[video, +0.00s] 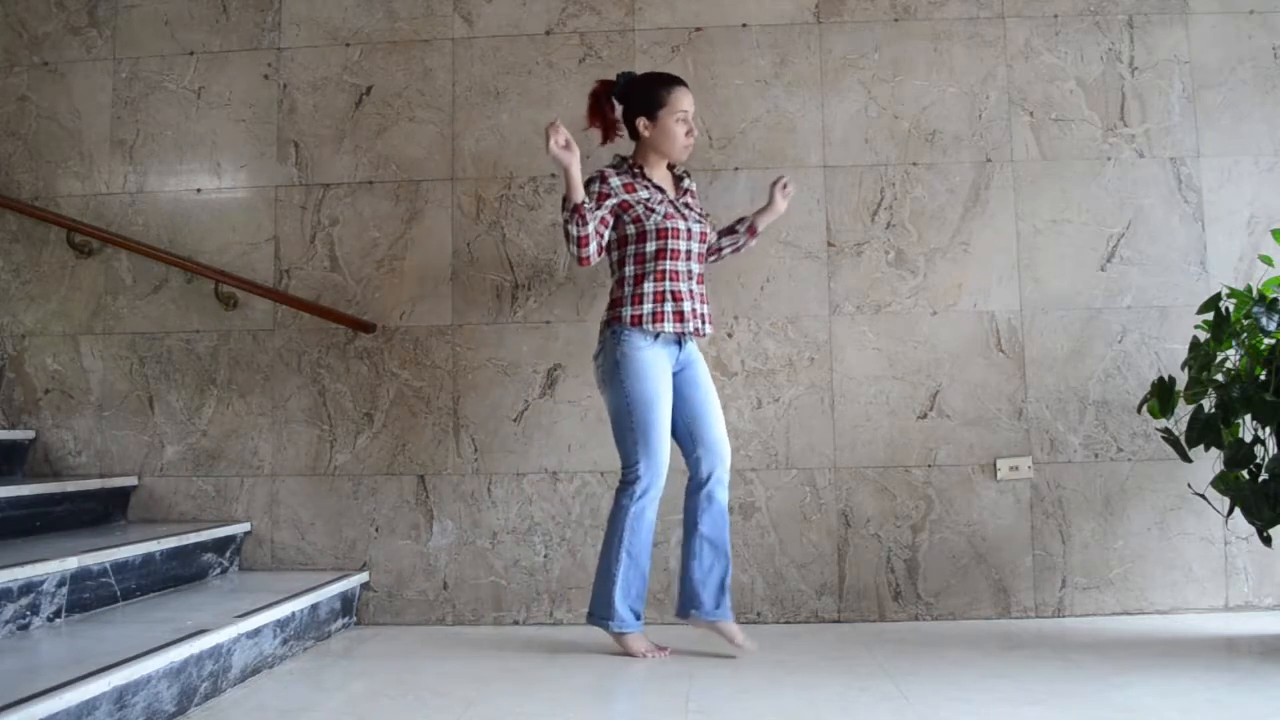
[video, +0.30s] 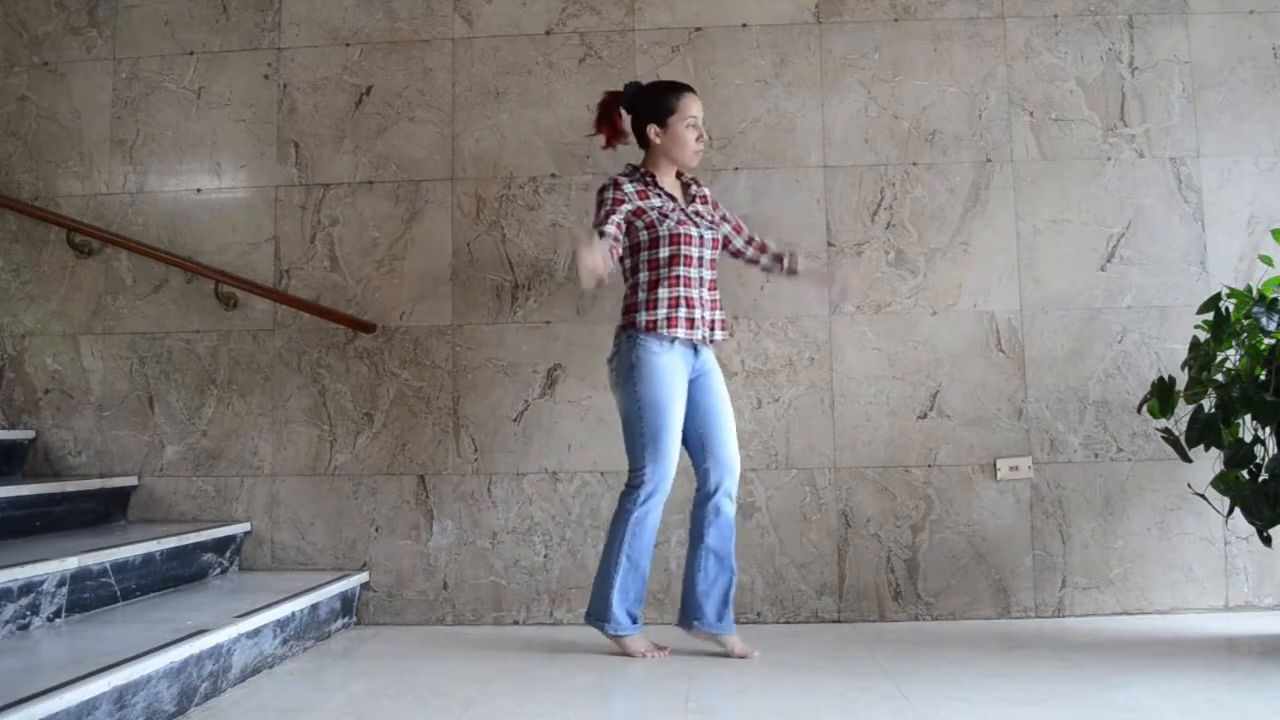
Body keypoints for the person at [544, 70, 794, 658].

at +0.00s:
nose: (693, 130)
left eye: (694, 121)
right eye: (682, 120)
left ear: (678, 129)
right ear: (643, 126)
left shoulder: (685, 193)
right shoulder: (615, 183)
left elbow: (705, 253)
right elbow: (585, 251)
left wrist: (766, 215)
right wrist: (573, 175)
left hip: (684, 345)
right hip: (636, 343)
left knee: (714, 461)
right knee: (646, 471)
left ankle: (707, 603)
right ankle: (620, 619)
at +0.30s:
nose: (702, 136)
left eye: (703, 125)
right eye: (691, 125)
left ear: (690, 133)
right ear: (654, 133)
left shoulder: (703, 201)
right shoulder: (625, 193)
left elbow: (754, 248)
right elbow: (610, 239)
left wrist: (815, 273)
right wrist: (596, 257)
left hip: (701, 353)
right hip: (651, 350)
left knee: (722, 476)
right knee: (651, 480)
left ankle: (707, 617)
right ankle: (618, 620)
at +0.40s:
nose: (710, 142)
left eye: (710, 132)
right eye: (699, 132)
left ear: (690, 142)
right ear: (663, 141)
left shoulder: (713, 211)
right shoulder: (636, 201)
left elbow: (752, 271)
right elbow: (613, 267)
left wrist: (798, 322)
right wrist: (609, 337)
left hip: (714, 361)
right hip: (664, 358)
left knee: (725, 488)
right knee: (656, 487)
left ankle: (702, 626)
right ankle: (615, 621)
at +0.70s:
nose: (750, 128)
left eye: (748, 119)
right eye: (740, 119)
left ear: (720, 131)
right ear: (705, 129)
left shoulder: (732, 193)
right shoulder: (685, 181)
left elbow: (729, 274)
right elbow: (643, 261)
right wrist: (647, 337)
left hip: (738, 354)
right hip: (696, 350)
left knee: (739, 483)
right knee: (745, 478)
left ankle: (707, 622)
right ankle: (667, 603)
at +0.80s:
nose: (759, 129)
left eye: (758, 120)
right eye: (748, 119)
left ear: (722, 131)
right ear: (712, 128)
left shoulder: (730, 190)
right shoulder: (698, 178)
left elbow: (705, 273)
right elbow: (649, 258)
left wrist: (670, 330)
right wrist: (657, 313)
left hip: (726, 350)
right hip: (707, 347)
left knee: (731, 480)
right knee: (772, 468)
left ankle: (699, 614)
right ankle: (722, 616)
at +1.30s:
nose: (781, 133)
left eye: (781, 124)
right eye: (771, 122)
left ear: (739, 132)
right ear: (734, 128)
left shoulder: (728, 187)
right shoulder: (737, 179)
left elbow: (706, 276)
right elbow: (729, 254)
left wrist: (686, 355)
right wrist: (727, 332)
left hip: (709, 348)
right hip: (735, 346)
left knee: (735, 487)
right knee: (805, 469)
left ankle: (701, 621)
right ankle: (798, 624)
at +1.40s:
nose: (784, 130)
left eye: (784, 120)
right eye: (774, 119)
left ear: (735, 129)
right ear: (737, 124)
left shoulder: (721, 179)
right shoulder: (744, 173)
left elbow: (720, 258)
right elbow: (761, 243)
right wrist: (783, 318)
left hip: (701, 347)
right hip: (731, 340)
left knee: (730, 488)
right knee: (801, 469)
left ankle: (702, 621)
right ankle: (800, 629)